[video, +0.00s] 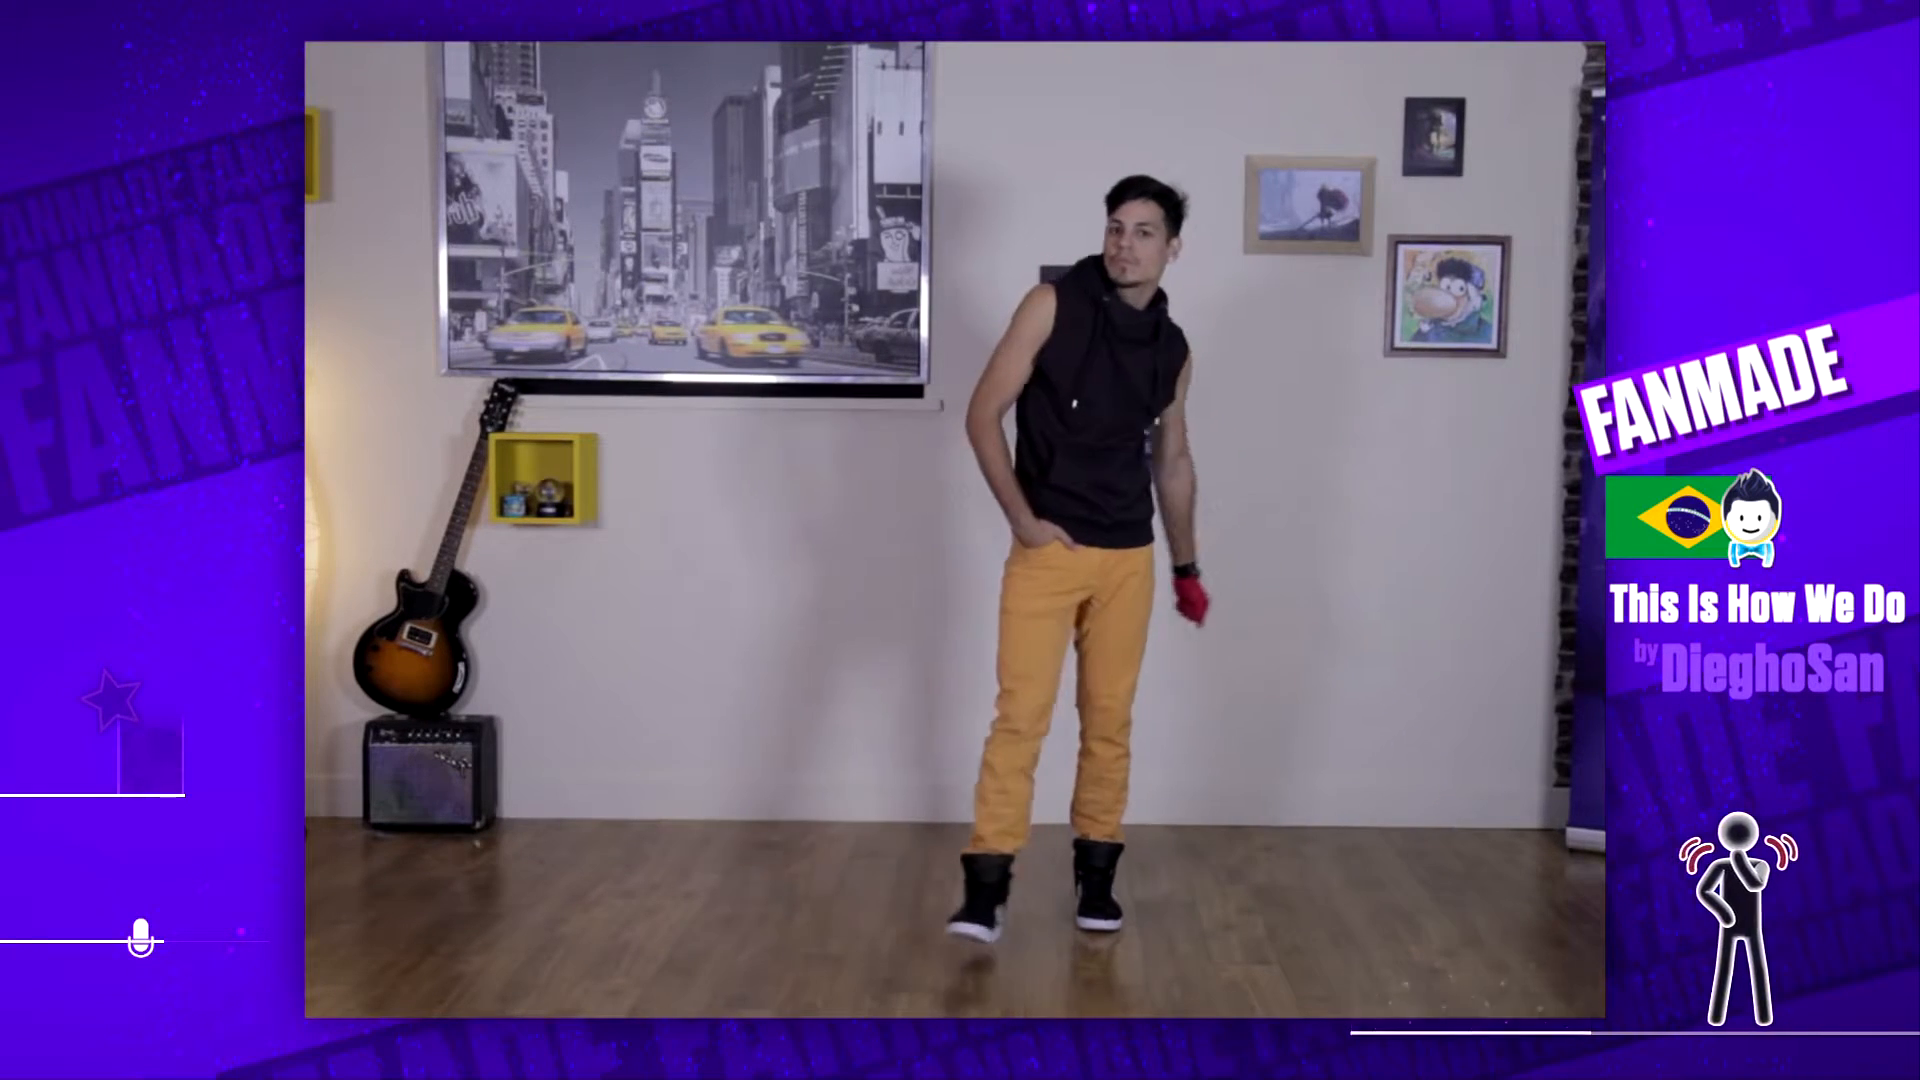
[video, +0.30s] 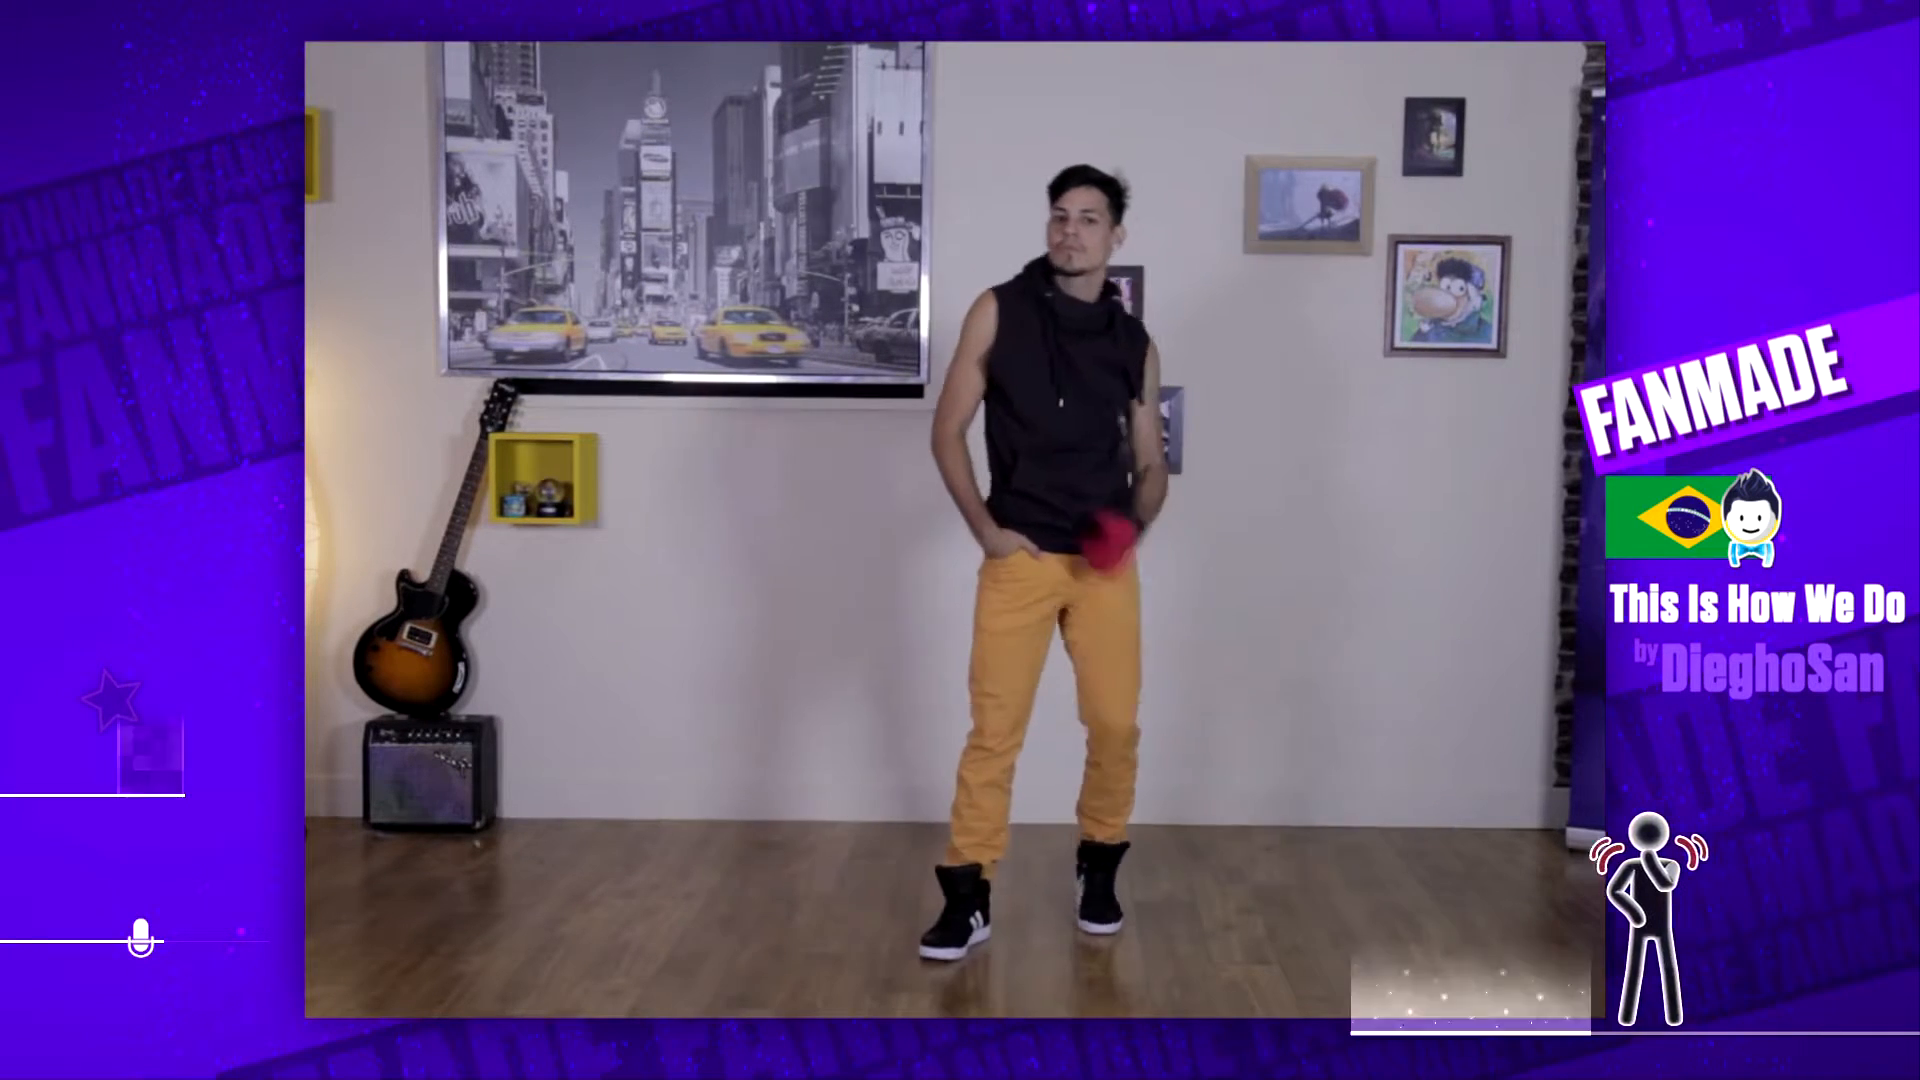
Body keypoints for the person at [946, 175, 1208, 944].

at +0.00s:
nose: (1125, 243)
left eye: (1143, 233)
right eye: (1116, 229)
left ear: (1171, 249)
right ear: (1103, 237)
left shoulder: (1169, 347)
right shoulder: (1053, 305)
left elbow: (1174, 460)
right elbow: (982, 415)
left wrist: (1187, 564)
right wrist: (1022, 522)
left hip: (1128, 562)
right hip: (1047, 552)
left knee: (1109, 723)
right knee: (1021, 718)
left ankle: (1096, 881)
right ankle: (986, 887)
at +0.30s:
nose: (1070, 230)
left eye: (1087, 219)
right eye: (1061, 217)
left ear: (1116, 235)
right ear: (1046, 229)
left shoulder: (1134, 342)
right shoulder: (999, 313)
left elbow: (1154, 465)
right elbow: (946, 432)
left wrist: (1128, 527)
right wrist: (986, 530)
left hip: (1107, 558)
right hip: (1021, 556)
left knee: (1116, 727)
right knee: (994, 731)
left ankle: (1101, 875)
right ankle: (965, 897)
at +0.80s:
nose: (1117, 241)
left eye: (1131, 228)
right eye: (1102, 226)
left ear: (1147, 230)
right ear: (1073, 228)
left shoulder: (1164, 301)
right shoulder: (1050, 316)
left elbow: (1140, 409)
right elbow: (1035, 429)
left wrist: (1097, 308)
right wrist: (1018, 512)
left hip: (1138, 568)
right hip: (1047, 562)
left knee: (1168, 744)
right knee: (1003, 740)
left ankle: (1201, 907)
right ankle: (995, 904)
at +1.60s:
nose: (1032, 234)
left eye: (1049, 221)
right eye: (1022, 221)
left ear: (1080, 232)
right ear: (1008, 229)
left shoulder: (1101, 331)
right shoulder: (971, 315)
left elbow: (1116, 434)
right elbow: (914, 440)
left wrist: (1059, 342)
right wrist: (964, 540)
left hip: (1090, 569)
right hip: (998, 569)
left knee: (1135, 741)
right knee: (983, 745)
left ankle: (1156, 909)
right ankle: (968, 904)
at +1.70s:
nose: (1019, 236)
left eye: (1035, 221)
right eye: (1006, 222)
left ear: (1065, 229)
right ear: (991, 232)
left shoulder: (1097, 325)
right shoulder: (959, 328)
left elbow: (1106, 432)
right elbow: (903, 451)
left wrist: (1048, 342)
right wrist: (948, 537)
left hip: (1083, 566)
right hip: (990, 568)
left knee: (1127, 740)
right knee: (980, 744)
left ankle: (1155, 909)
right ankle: (968, 904)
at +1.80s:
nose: (1003, 244)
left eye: (1017, 228)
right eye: (989, 232)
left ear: (1048, 231)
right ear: (975, 241)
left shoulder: (1097, 322)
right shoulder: (959, 338)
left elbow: (1091, 435)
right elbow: (911, 458)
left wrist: (1028, 343)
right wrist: (940, 535)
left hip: (1079, 567)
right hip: (985, 564)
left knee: (1123, 742)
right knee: (977, 743)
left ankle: (1156, 910)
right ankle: (968, 903)